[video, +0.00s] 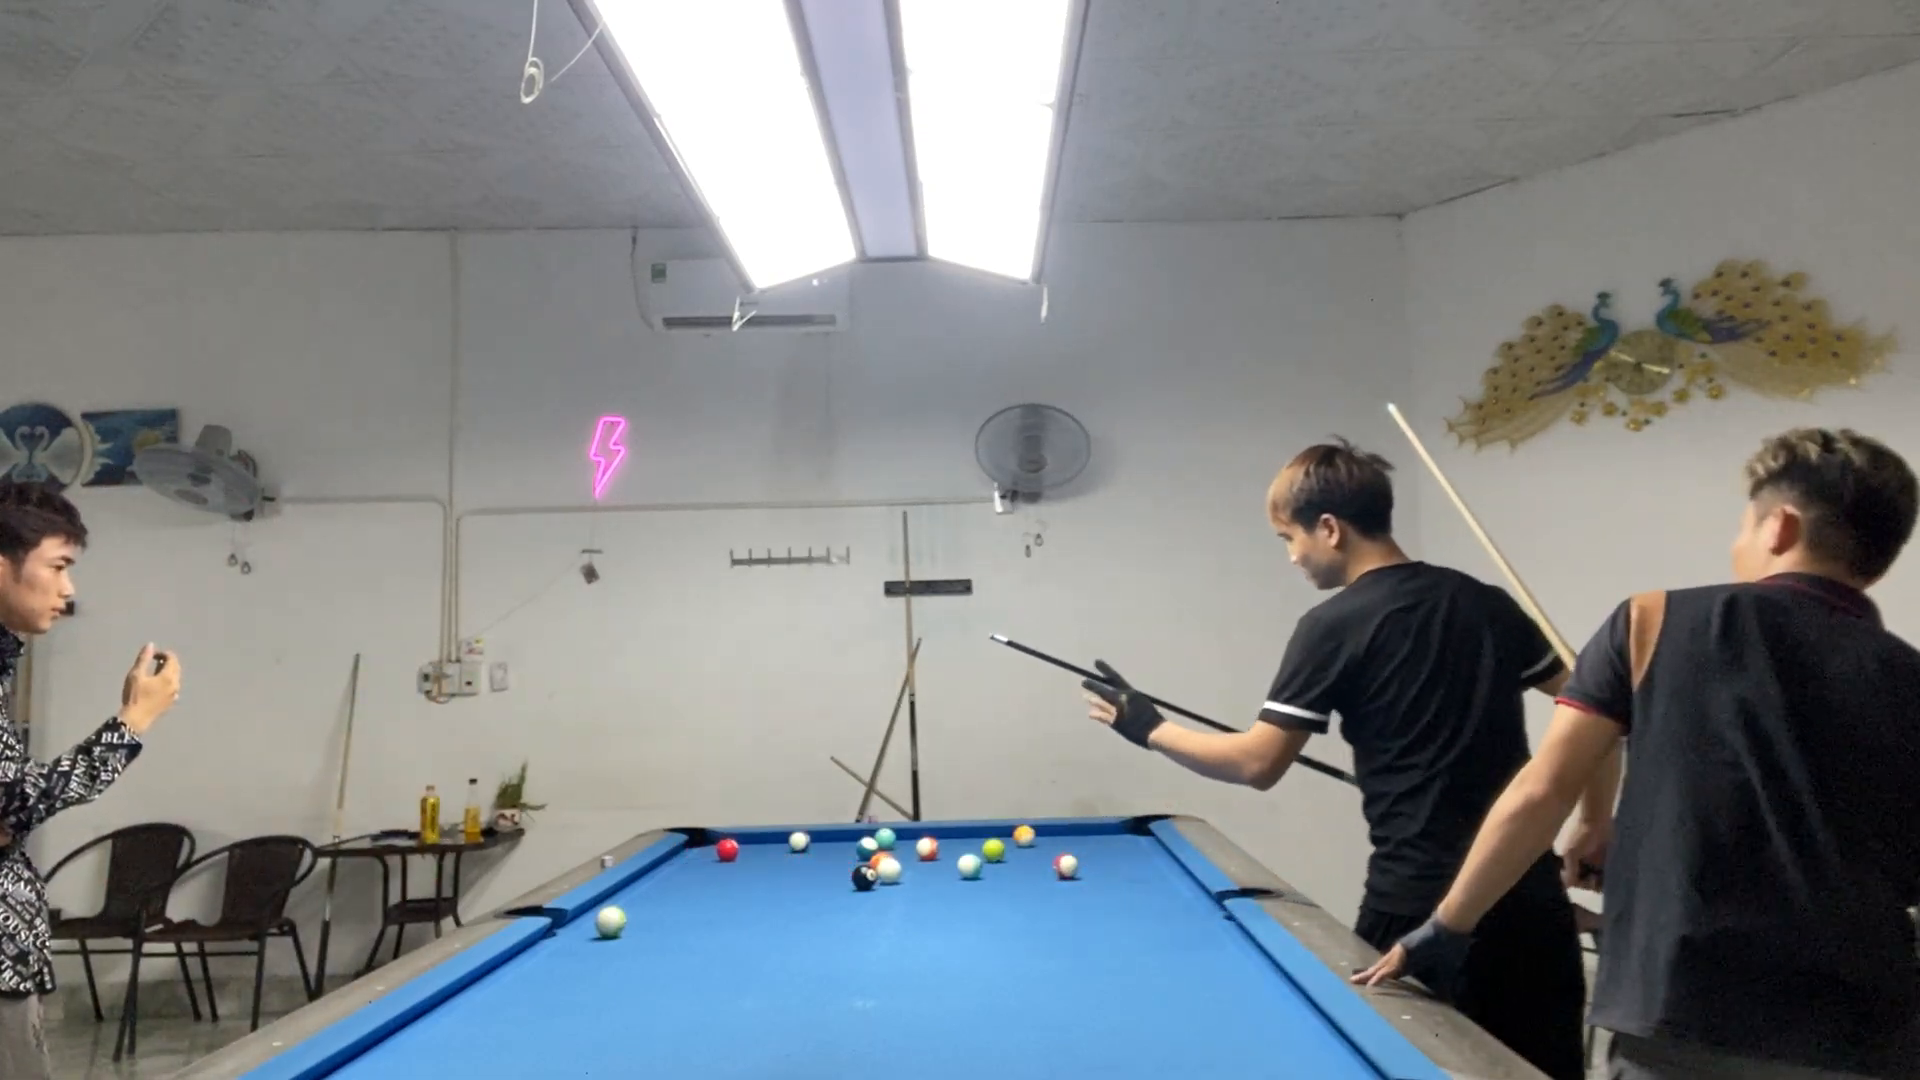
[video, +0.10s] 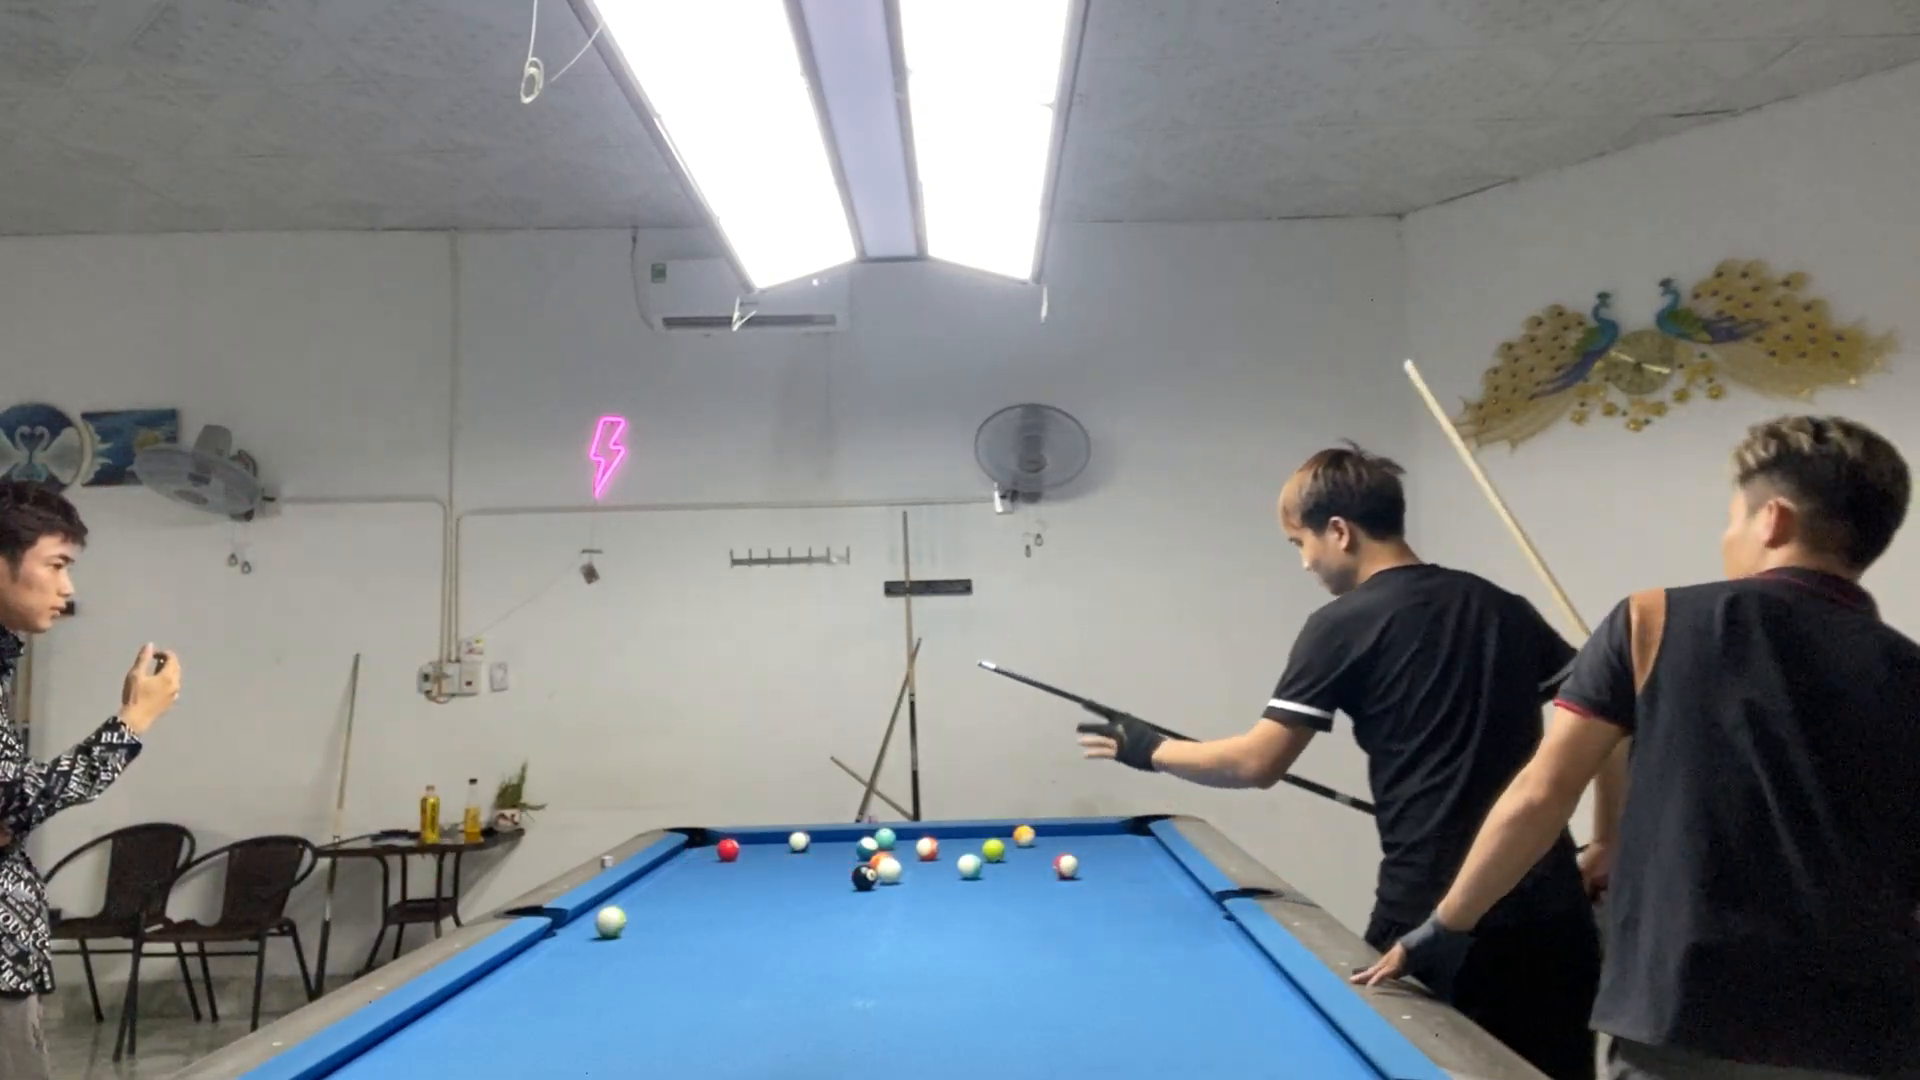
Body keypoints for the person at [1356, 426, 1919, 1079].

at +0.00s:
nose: (1737, 550)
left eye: (1745, 524)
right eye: (1743, 525)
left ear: (1781, 530)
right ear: (1874, 563)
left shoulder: (1654, 623)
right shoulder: (1909, 681)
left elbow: (1541, 794)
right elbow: (1909, 885)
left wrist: (1445, 928)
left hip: (1670, 1029)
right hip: (1861, 1041)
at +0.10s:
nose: (1727, 540)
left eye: (1734, 517)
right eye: (1731, 517)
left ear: (1775, 520)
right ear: (1865, 547)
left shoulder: (1654, 623)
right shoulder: (1908, 672)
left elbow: (1541, 797)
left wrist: (1444, 929)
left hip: (1675, 1034)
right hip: (1867, 1044)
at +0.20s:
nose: (1714, 529)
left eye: (1721, 506)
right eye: (1716, 508)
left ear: (1766, 511)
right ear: (1856, 531)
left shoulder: (1653, 623)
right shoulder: (1907, 663)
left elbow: (1536, 804)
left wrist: (1440, 928)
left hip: (1678, 1040)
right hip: (1871, 1044)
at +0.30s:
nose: (1698, 524)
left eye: (1704, 499)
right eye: (1699, 501)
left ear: (1756, 505)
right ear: (1849, 517)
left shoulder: (1651, 625)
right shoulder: (1904, 656)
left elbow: (1536, 806)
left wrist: (1432, 928)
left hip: (1686, 1044)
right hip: (1870, 1046)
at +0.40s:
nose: (1683, 514)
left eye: (1688, 492)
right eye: (1682, 493)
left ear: (1743, 502)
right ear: (1832, 508)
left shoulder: (1648, 627)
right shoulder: (1902, 652)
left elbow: (1533, 815)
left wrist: (1437, 933)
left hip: (1697, 1047)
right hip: (1876, 1046)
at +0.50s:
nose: (1659, 514)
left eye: (1665, 490)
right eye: (1658, 491)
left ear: (1724, 501)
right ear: (1815, 505)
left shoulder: (1638, 632)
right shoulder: (1901, 653)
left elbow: (1542, 831)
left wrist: (1464, 944)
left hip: (1696, 1050)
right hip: (1879, 1046)